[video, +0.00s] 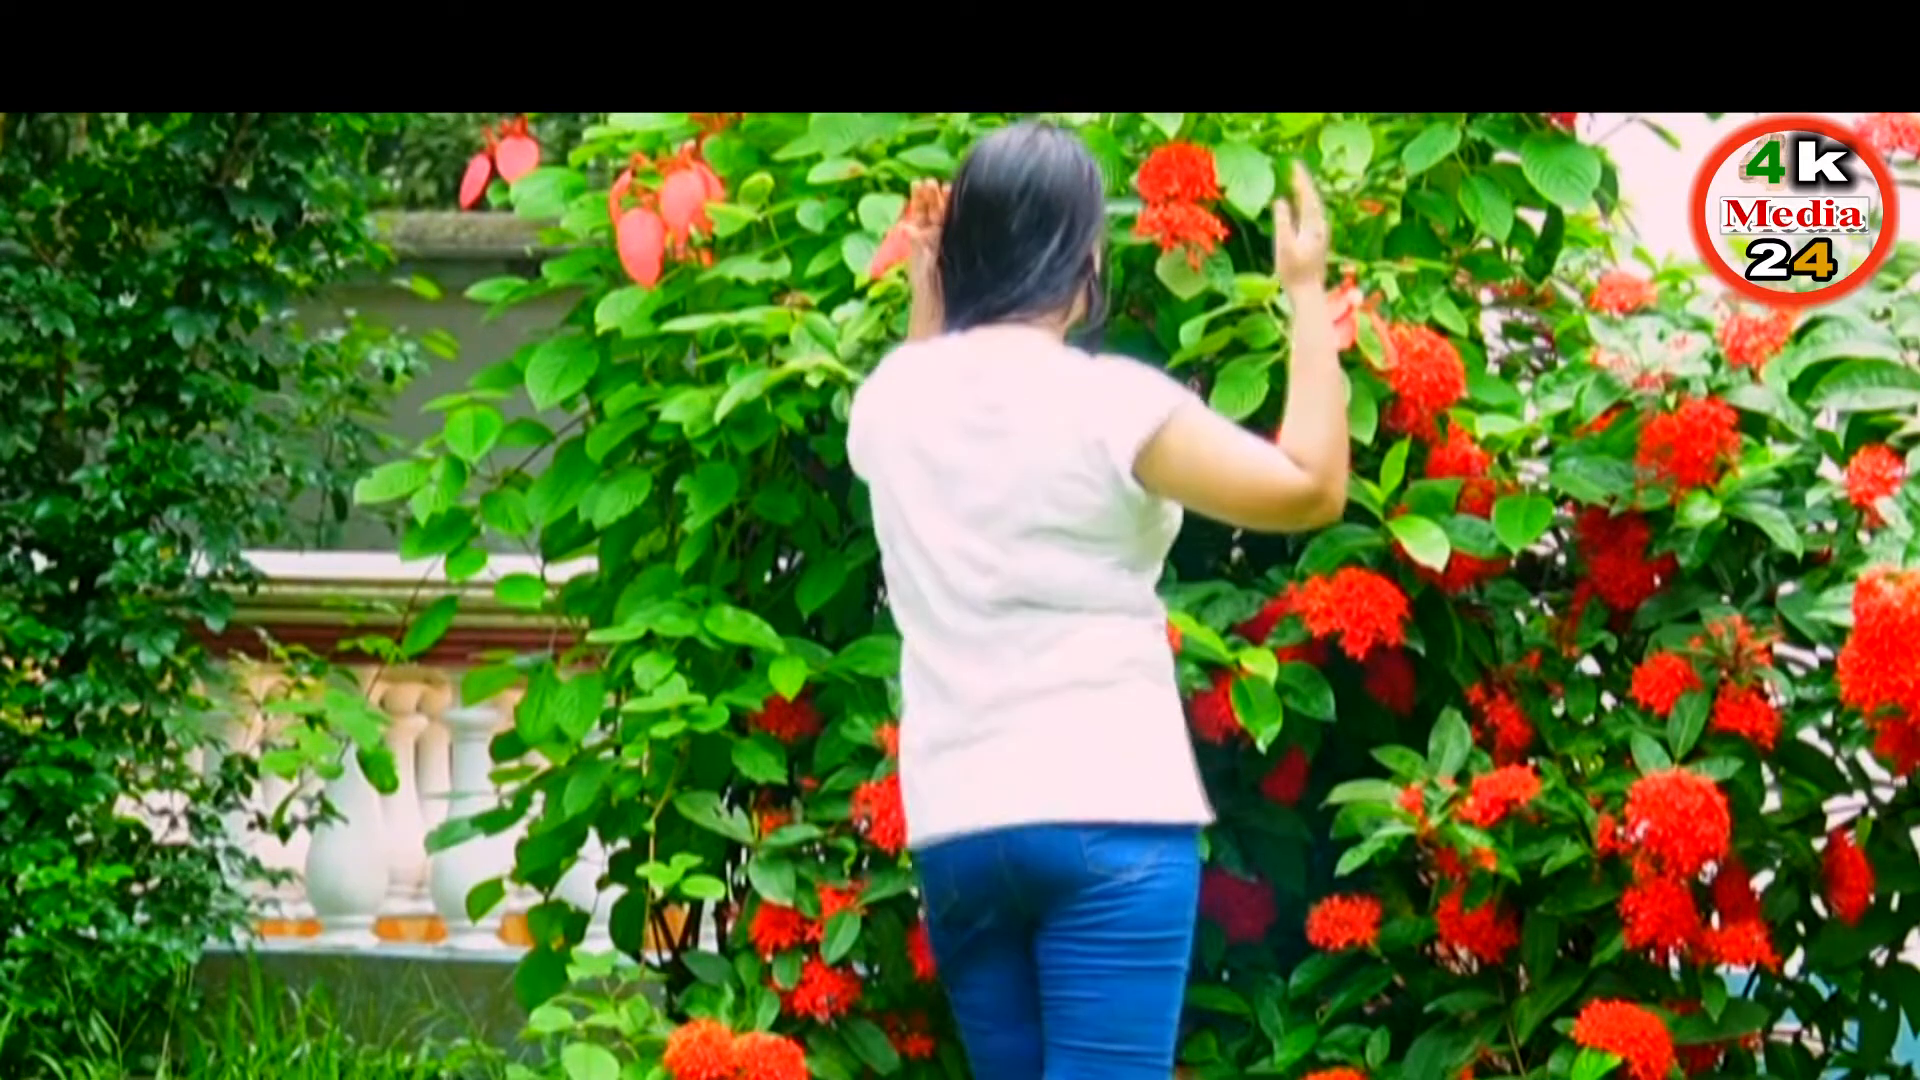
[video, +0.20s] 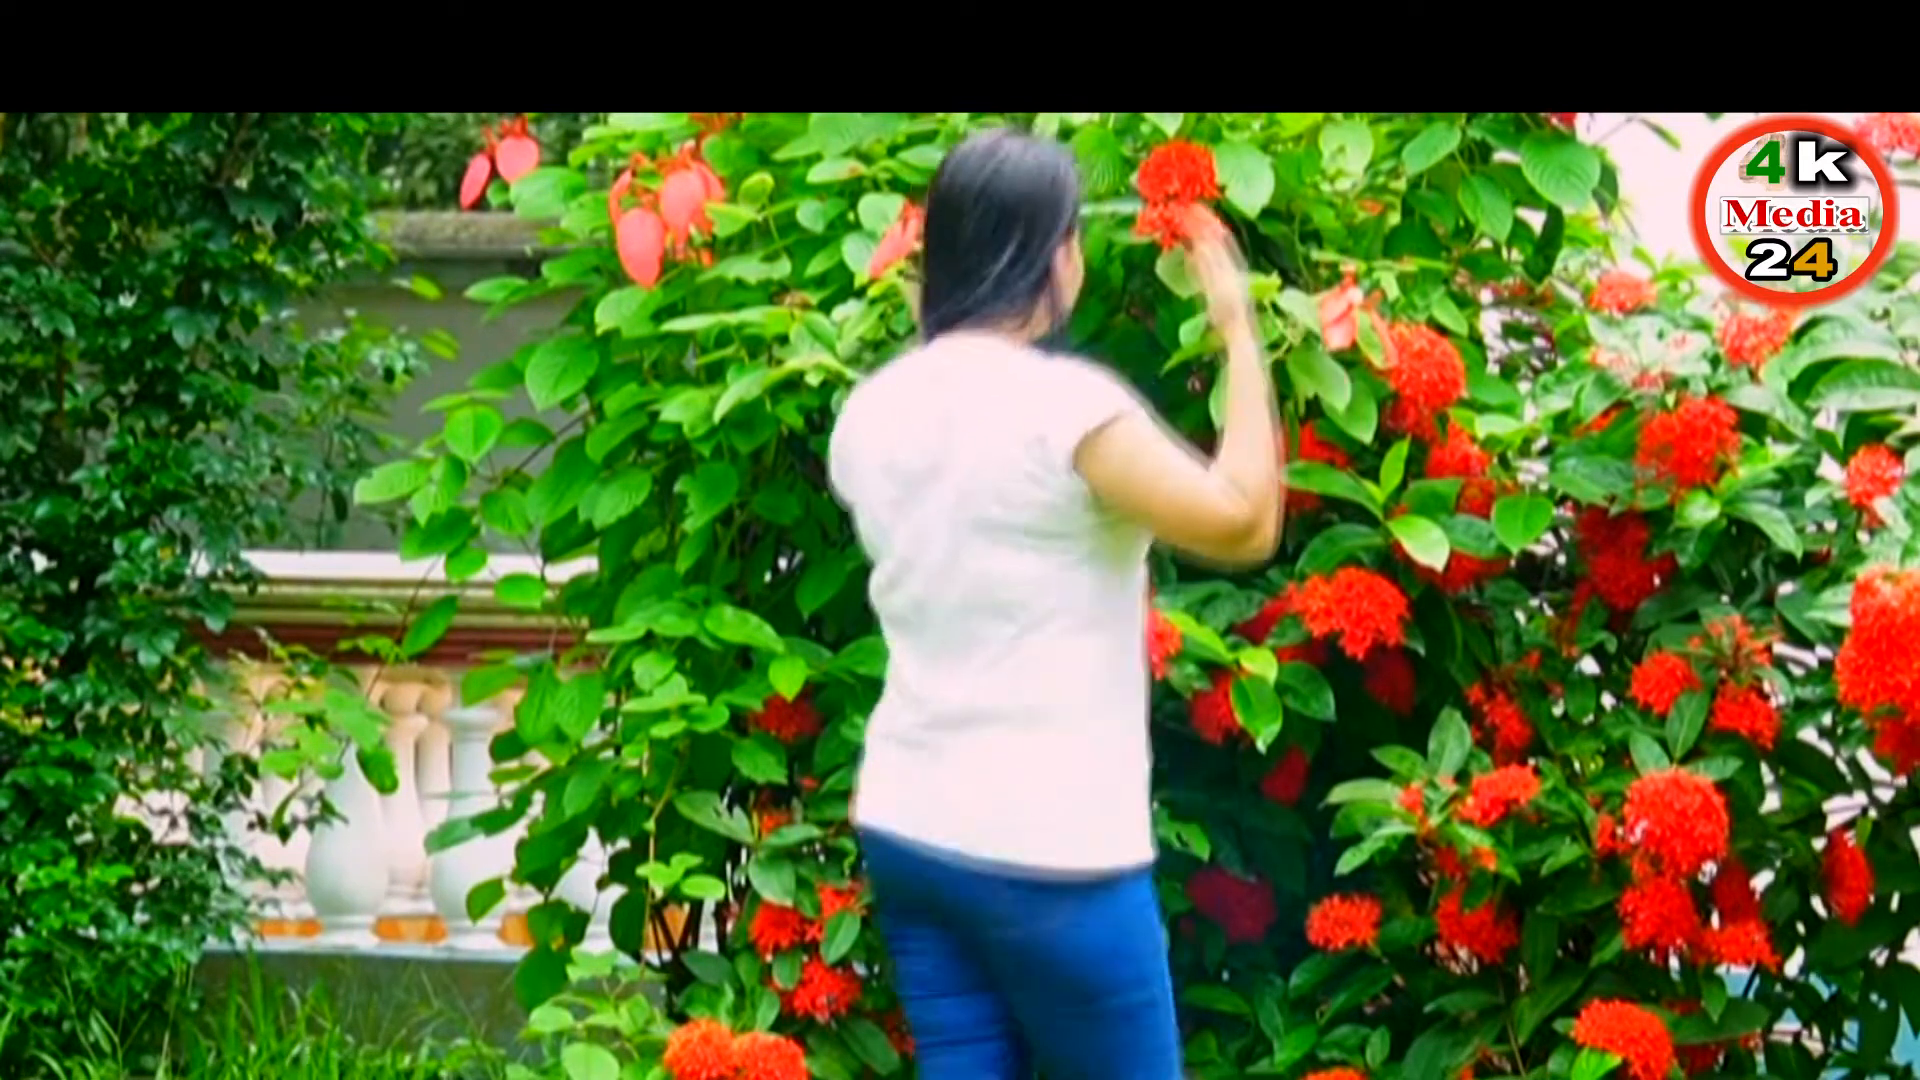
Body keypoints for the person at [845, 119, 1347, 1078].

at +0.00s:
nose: (1100, 256)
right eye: (1098, 236)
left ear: (957, 251)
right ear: (1085, 260)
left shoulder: (884, 404)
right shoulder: (1115, 400)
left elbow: (924, 413)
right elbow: (1311, 485)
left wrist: (928, 287)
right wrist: (1306, 297)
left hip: (954, 815)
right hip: (1116, 798)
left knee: (1008, 1067)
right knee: (1110, 1065)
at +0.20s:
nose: (1083, 260)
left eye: (1080, 235)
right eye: (1079, 236)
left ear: (942, 247)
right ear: (1053, 255)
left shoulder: (865, 416)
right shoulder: (1071, 406)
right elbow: (1245, 525)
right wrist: (1238, 324)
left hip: (904, 834)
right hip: (1061, 853)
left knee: (960, 1069)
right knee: (1131, 1066)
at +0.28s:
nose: (1075, 283)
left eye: (1070, 259)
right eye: (1067, 260)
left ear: (945, 274)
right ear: (1031, 274)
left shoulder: (863, 446)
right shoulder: (1044, 430)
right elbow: (1208, 558)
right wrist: (1206, 379)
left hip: (888, 862)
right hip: (1037, 886)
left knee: (956, 1067)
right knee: (1149, 1065)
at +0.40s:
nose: (1081, 277)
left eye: (1077, 253)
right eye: (1070, 253)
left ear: (956, 270)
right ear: (1016, 268)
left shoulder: (875, 429)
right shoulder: (1023, 424)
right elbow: (1152, 587)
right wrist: (1174, 419)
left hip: (887, 854)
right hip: (1020, 871)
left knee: (960, 1066)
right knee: (1152, 1067)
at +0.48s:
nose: (1089, 251)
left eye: (1086, 225)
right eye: (1077, 226)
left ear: (992, 240)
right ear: (1016, 240)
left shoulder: (905, 391)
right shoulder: (999, 398)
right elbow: (1102, 572)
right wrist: (1145, 418)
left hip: (899, 820)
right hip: (1010, 838)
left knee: (945, 1068)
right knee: (1140, 1064)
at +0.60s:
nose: (1101, 233)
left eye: (1095, 208)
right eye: (1084, 208)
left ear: (1024, 229)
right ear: (1017, 224)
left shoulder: (999, 366)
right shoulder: (958, 365)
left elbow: (1018, 567)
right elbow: (1014, 570)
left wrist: (1092, 433)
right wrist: (1112, 431)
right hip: (992, 813)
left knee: (934, 1066)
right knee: (1070, 1065)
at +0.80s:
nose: (1111, 265)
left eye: (1108, 240)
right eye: (1089, 239)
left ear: (1021, 255)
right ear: (1008, 252)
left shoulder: (1076, 419)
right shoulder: (929, 423)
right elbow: (901, 629)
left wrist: (1174, 563)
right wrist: (1064, 526)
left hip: (1102, 853)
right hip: (975, 847)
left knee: (1154, 1068)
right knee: (977, 1068)